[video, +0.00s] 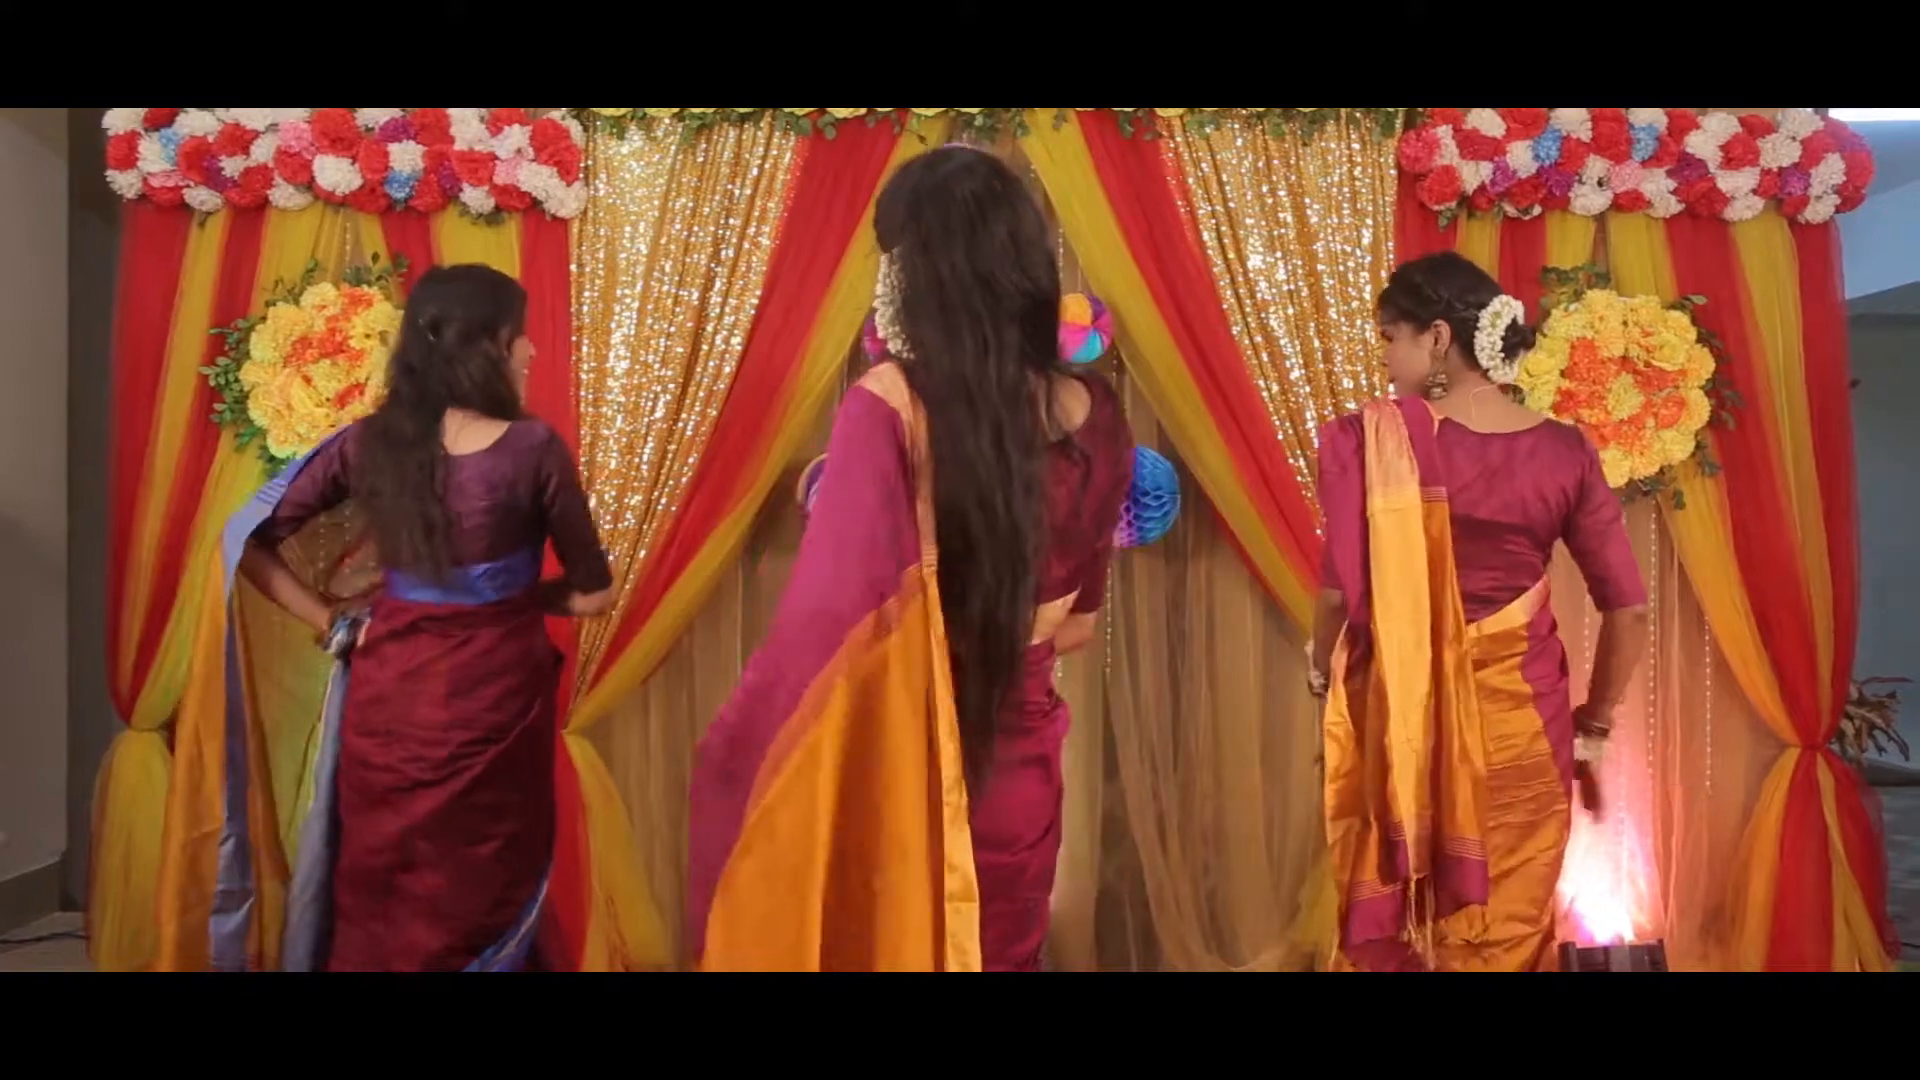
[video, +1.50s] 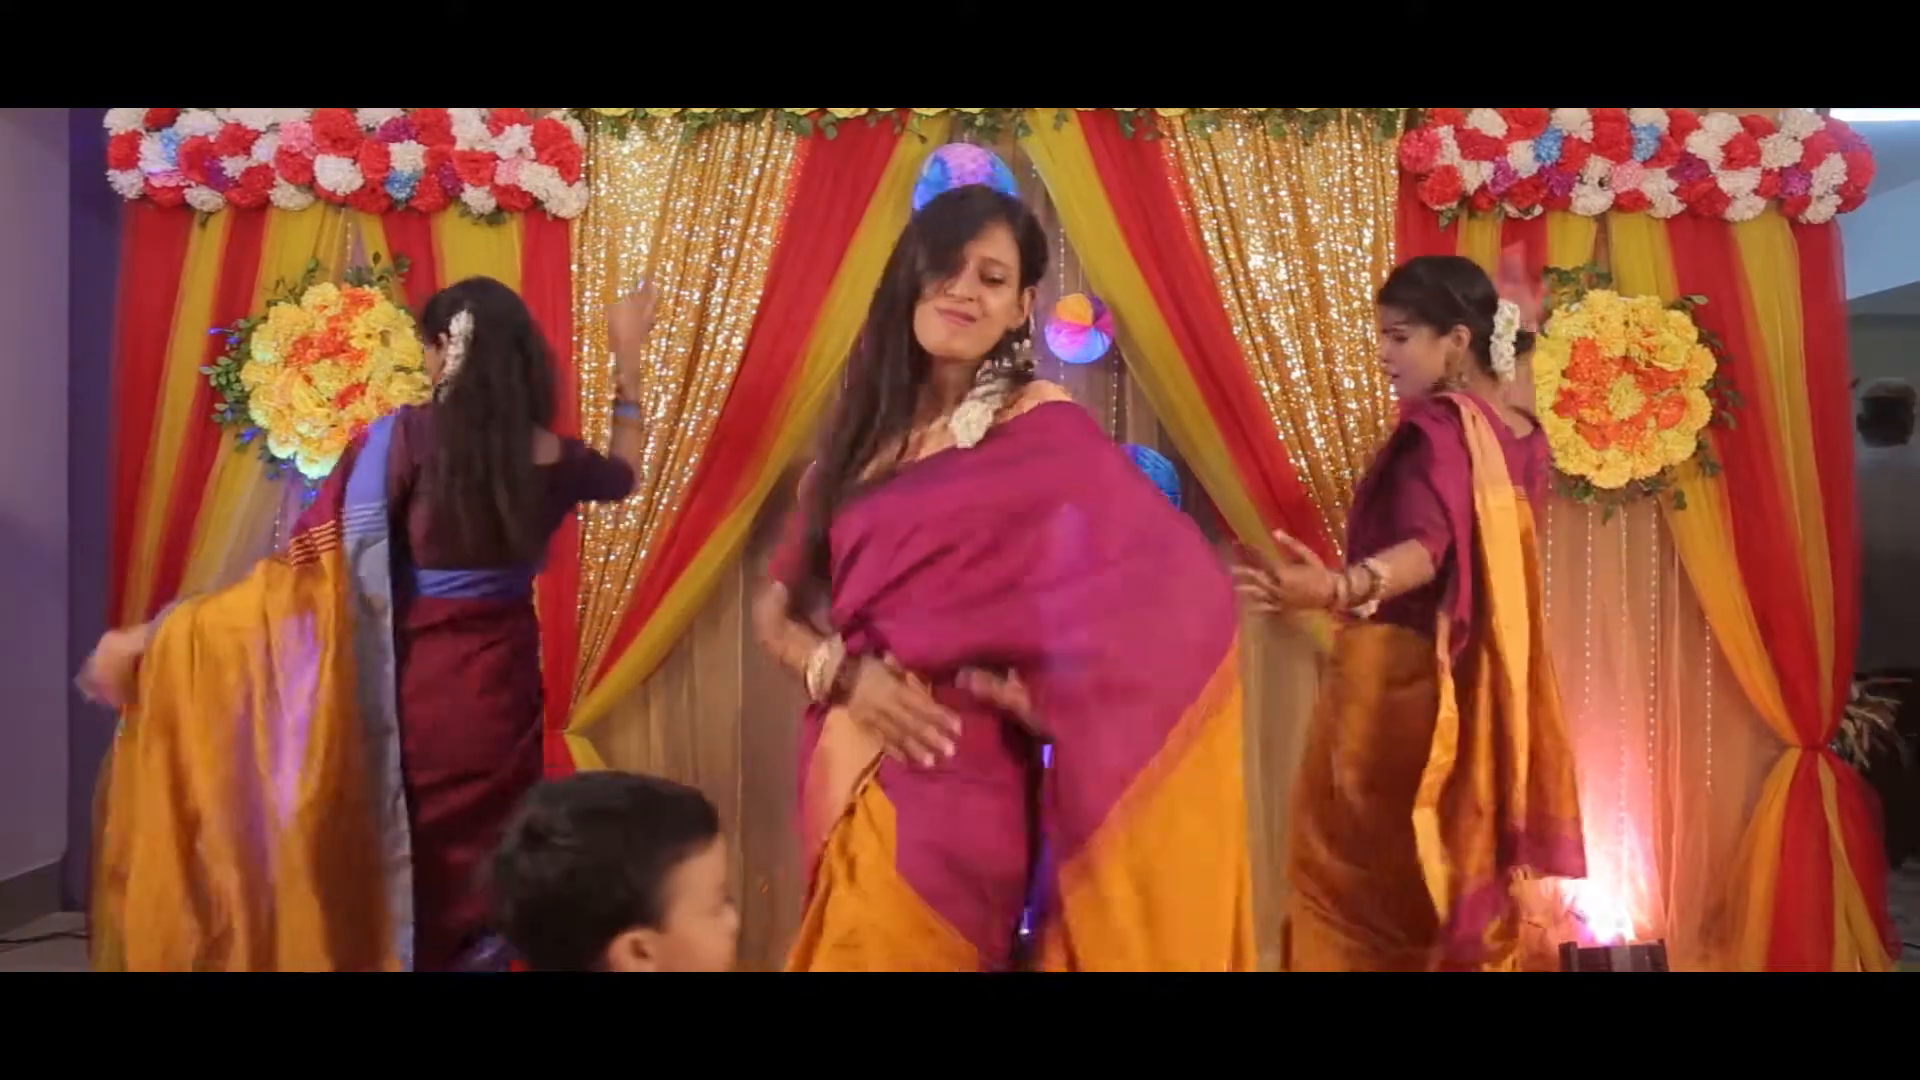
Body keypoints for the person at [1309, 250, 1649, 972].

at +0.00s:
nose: (1384, 360)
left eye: (1390, 339)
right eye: (1384, 340)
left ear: (1439, 336)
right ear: (1460, 335)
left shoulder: (1365, 440)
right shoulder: (1563, 449)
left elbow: (1342, 584)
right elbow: (1625, 605)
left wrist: (1321, 657)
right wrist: (1596, 722)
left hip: (1396, 724)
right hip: (1520, 725)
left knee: (1390, 932)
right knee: (1507, 931)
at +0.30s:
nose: (1389, 351)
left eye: (1397, 331)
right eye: (1389, 332)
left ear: (1446, 332)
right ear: (1464, 332)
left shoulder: (1380, 435)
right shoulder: (1570, 443)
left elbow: (1354, 579)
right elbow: (1625, 596)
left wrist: (1329, 667)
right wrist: (1583, 698)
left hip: (1406, 706)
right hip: (1522, 707)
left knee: (1398, 911)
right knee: (1506, 911)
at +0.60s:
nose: (1389, 347)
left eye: (1398, 326)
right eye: (1391, 326)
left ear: (1450, 332)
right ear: (1467, 330)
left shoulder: (1379, 434)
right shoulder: (1568, 441)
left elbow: (1344, 578)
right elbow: (1636, 584)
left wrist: (1278, 681)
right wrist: (1649, 687)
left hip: (1397, 695)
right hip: (1516, 692)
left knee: (1391, 898)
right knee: (1505, 898)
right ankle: (1494, 962)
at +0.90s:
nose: (1385, 359)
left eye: (1394, 340)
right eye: (1386, 340)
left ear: (1445, 346)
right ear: (1462, 346)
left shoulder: (1375, 441)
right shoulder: (1548, 457)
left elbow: (1326, 578)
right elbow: (1650, 571)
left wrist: (1245, 676)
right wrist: (1699, 598)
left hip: (1392, 717)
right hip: (1514, 714)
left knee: (1378, 924)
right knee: (1501, 926)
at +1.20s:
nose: (1383, 347)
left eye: (1394, 329)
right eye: (1382, 328)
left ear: (1449, 334)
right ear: (1455, 336)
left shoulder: (1421, 426)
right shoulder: (1538, 426)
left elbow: (1388, 551)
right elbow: (1594, 448)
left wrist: (1293, 603)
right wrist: (1599, 340)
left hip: (1379, 659)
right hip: (1482, 665)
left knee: (1335, 864)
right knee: (1466, 858)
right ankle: (1458, 964)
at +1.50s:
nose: (1384, 354)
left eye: (1400, 336)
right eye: (1382, 335)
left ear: (1458, 340)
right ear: (1458, 345)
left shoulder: (1436, 427)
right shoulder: (1515, 432)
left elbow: (1427, 547)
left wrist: (1334, 585)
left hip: (1395, 667)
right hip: (1466, 670)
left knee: (1349, 864)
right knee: (1448, 856)